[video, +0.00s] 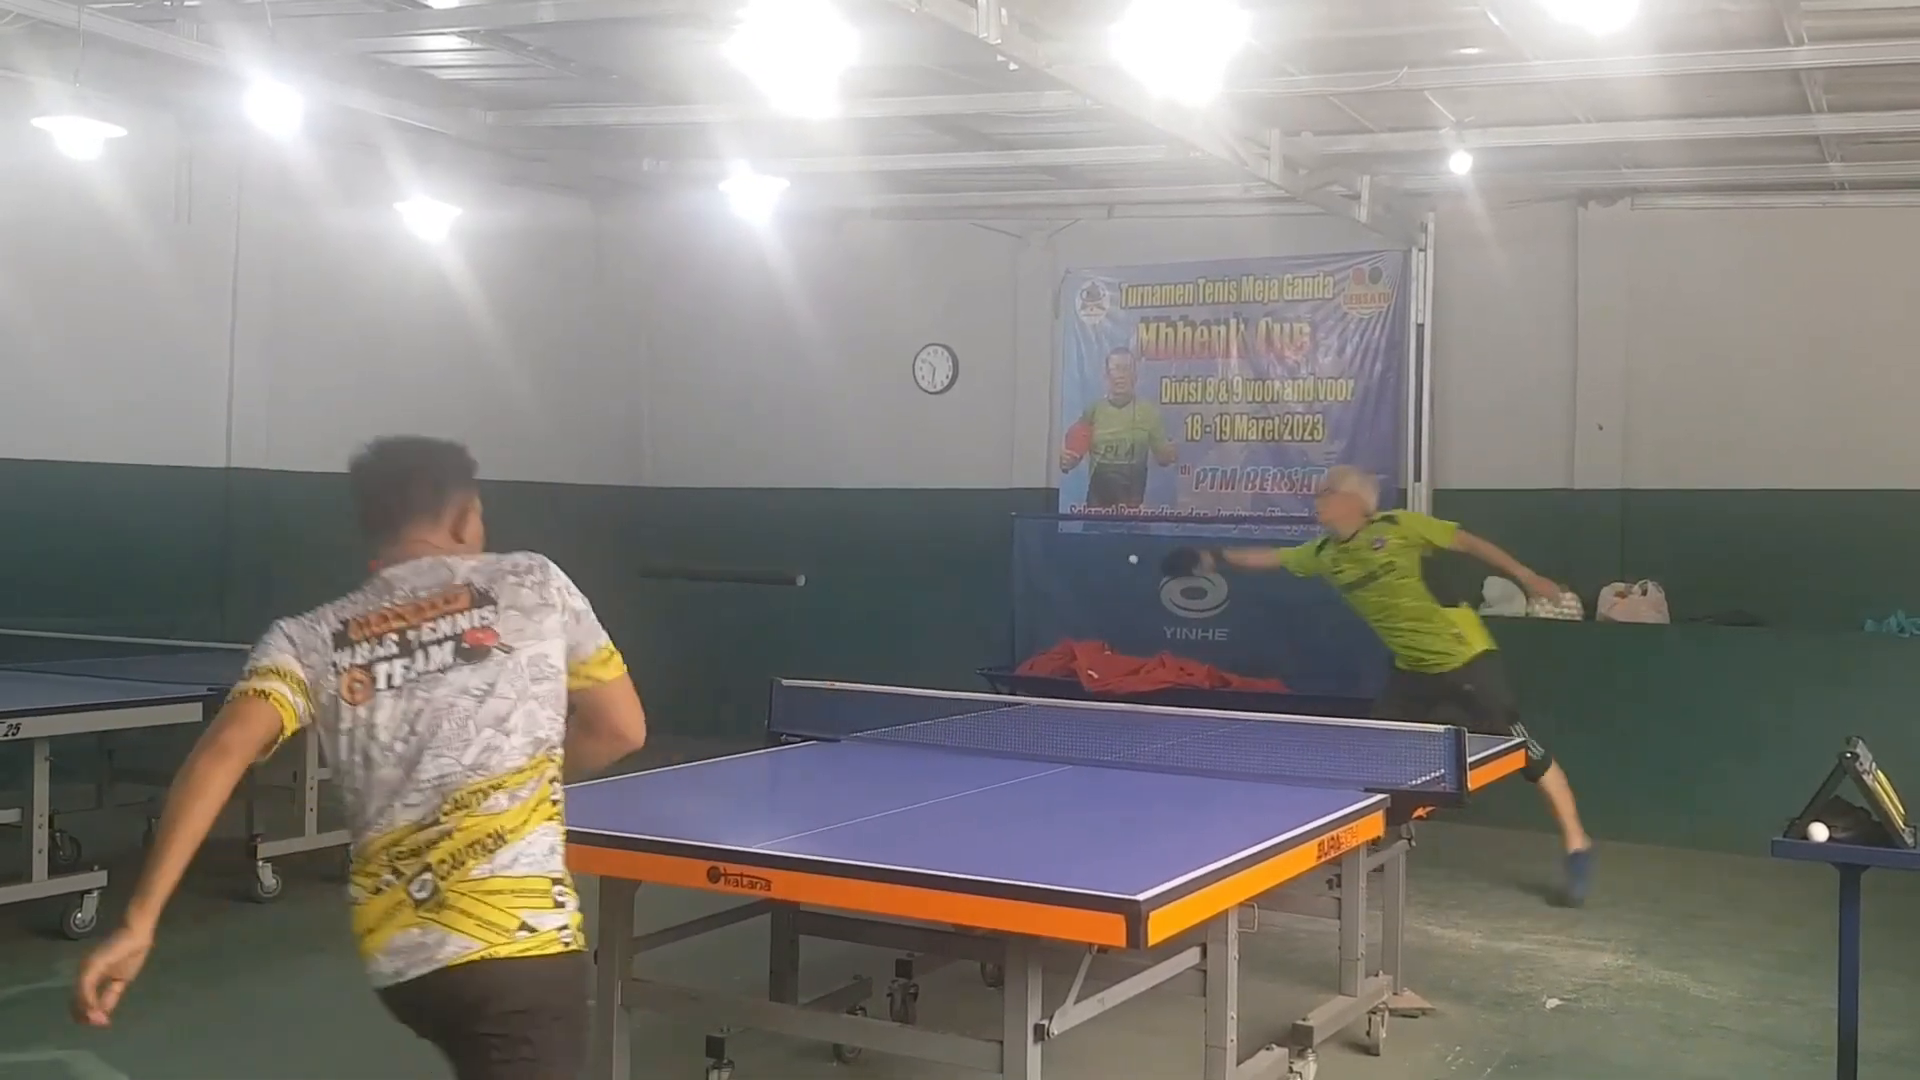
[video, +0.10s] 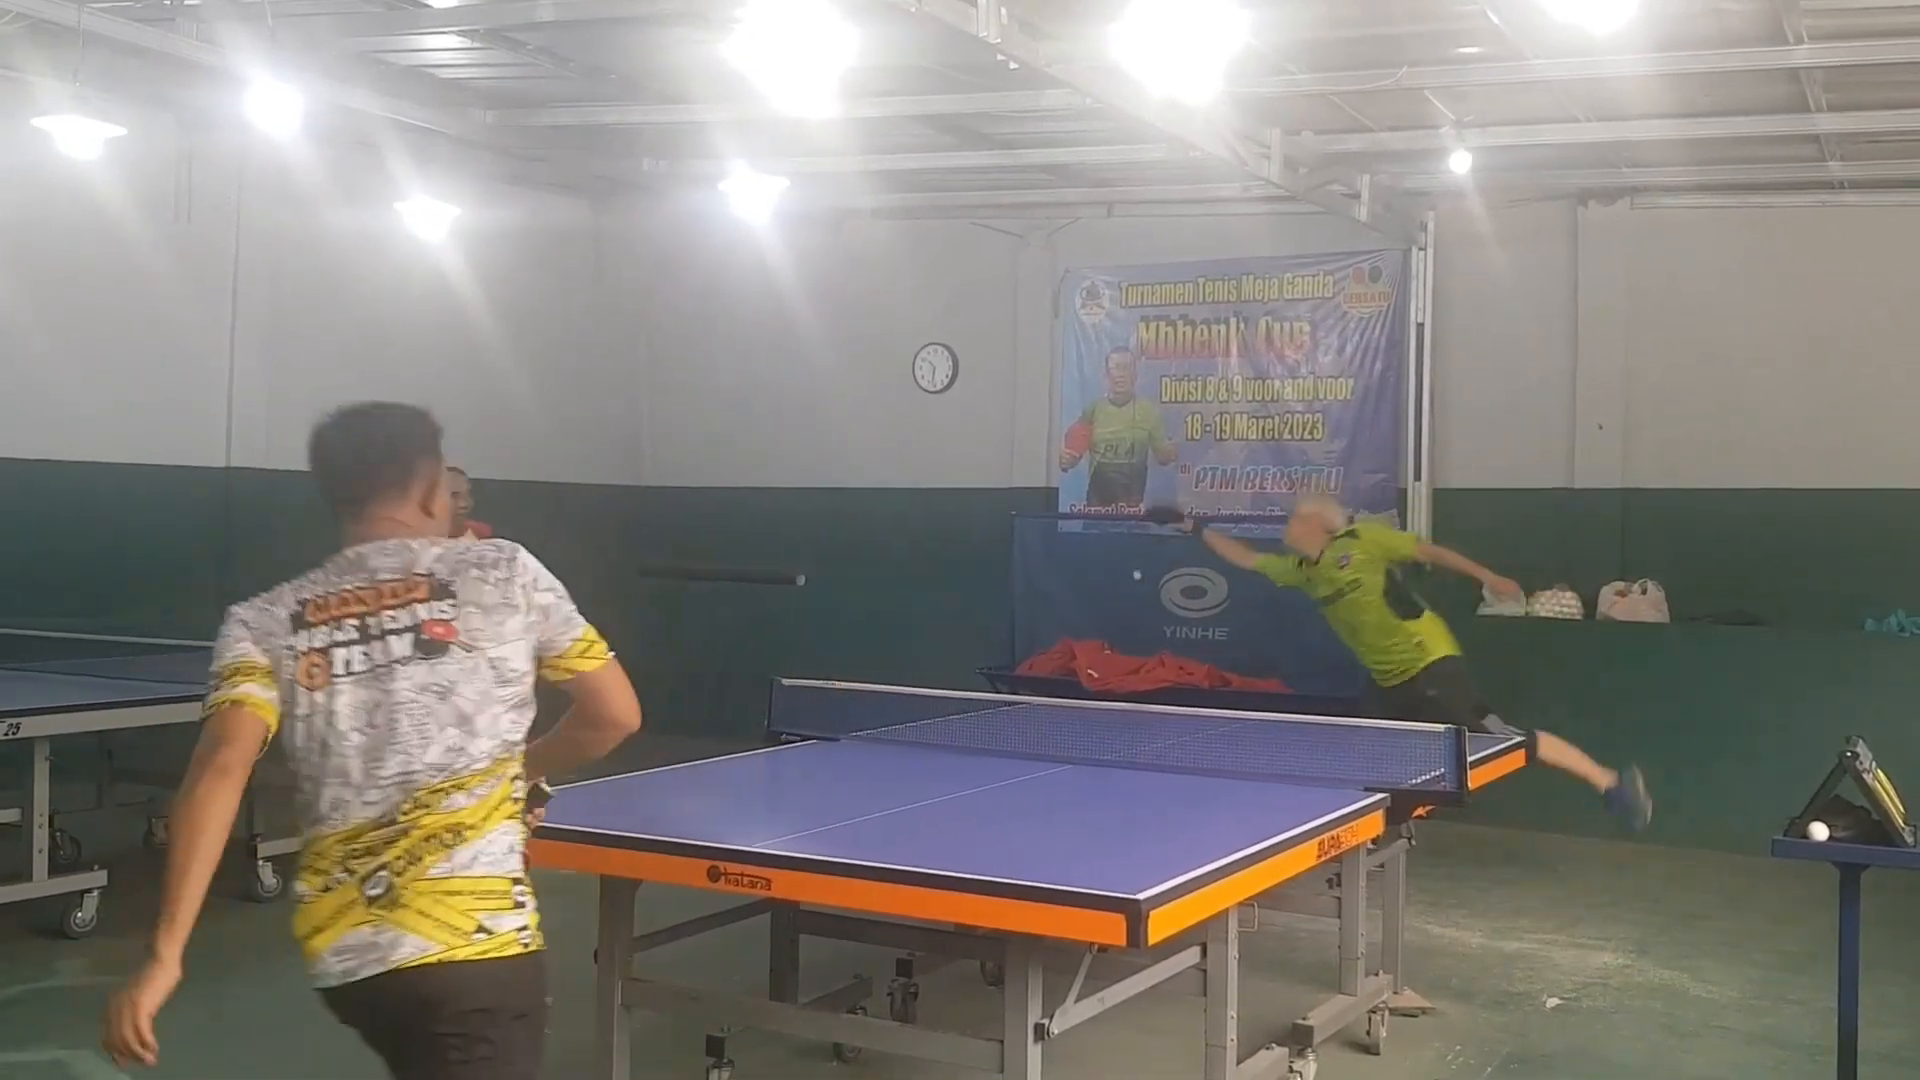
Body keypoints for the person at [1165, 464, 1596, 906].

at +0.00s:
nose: (1319, 506)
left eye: (1329, 497)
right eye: (1319, 498)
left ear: (1360, 503)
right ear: (1326, 508)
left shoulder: (1401, 527)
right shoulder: (1322, 555)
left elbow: (1472, 545)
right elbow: (1263, 559)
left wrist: (1528, 578)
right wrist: (1212, 557)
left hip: (1467, 658)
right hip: (1412, 668)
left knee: (1522, 745)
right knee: (1374, 749)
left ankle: (1577, 841)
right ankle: (1371, 839)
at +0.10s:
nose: (1288, 529)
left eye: (1296, 521)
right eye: (1289, 521)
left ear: (1323, 523)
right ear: (1304, 529)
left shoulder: (1365, 539)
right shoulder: (1298, 569)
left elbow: (1431, 553)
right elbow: (1245, 558)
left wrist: (1489, 578)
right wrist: (1197, 529)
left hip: (1432, 666)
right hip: (1387, 684)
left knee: (1500, 736)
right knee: (1376, 767)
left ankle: (1611, 783)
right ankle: (1360, 850)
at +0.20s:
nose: (1265, 554)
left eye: (1268, 544)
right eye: (1265, 546)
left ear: (1292, 539)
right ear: (1287, 544)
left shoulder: (1327, 550)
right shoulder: (1289, 588)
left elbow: (1388, 567)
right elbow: (1240, 600)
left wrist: (1449, 599)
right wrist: (1207, 556)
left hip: (1408, 665)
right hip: (1371, 683)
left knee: (1478, 735)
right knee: (1344, 754)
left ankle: (1581, 719)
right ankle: (1353, 846)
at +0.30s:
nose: (1244, 551)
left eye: (1247, 542)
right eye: (1243, 544)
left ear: (1265, 537)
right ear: (1265, 543)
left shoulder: (1298, 545)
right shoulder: (1283, 585)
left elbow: (1351, 570)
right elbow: (1269, 641)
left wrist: (1392, 613)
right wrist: (1218, 619)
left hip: (1381, 653)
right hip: (1358, 674)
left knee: (1417, 736)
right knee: (1366, 749)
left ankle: (1512, 705)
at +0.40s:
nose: (1226, 548)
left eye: (1225, 539)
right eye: (1224, 540)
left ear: (1239, 532)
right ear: (1245, 532)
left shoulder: (1273, 537)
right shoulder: (1270, 570)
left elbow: (1319, 559)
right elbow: (1299, 635)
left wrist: (1353, 601)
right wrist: (1265, 683)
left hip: (1358, 645)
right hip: (1335, 655)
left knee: (1349, 730)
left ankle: (1452, 733)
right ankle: (1454, 732)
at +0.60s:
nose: (1194, 522)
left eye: (1193, 513)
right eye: (1192, 515)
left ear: (1204, 508)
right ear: (1225, 502)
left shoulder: (1230, 522)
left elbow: (1270, 545)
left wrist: (1315, 575)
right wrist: (1338, 630)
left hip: (1289, 641)